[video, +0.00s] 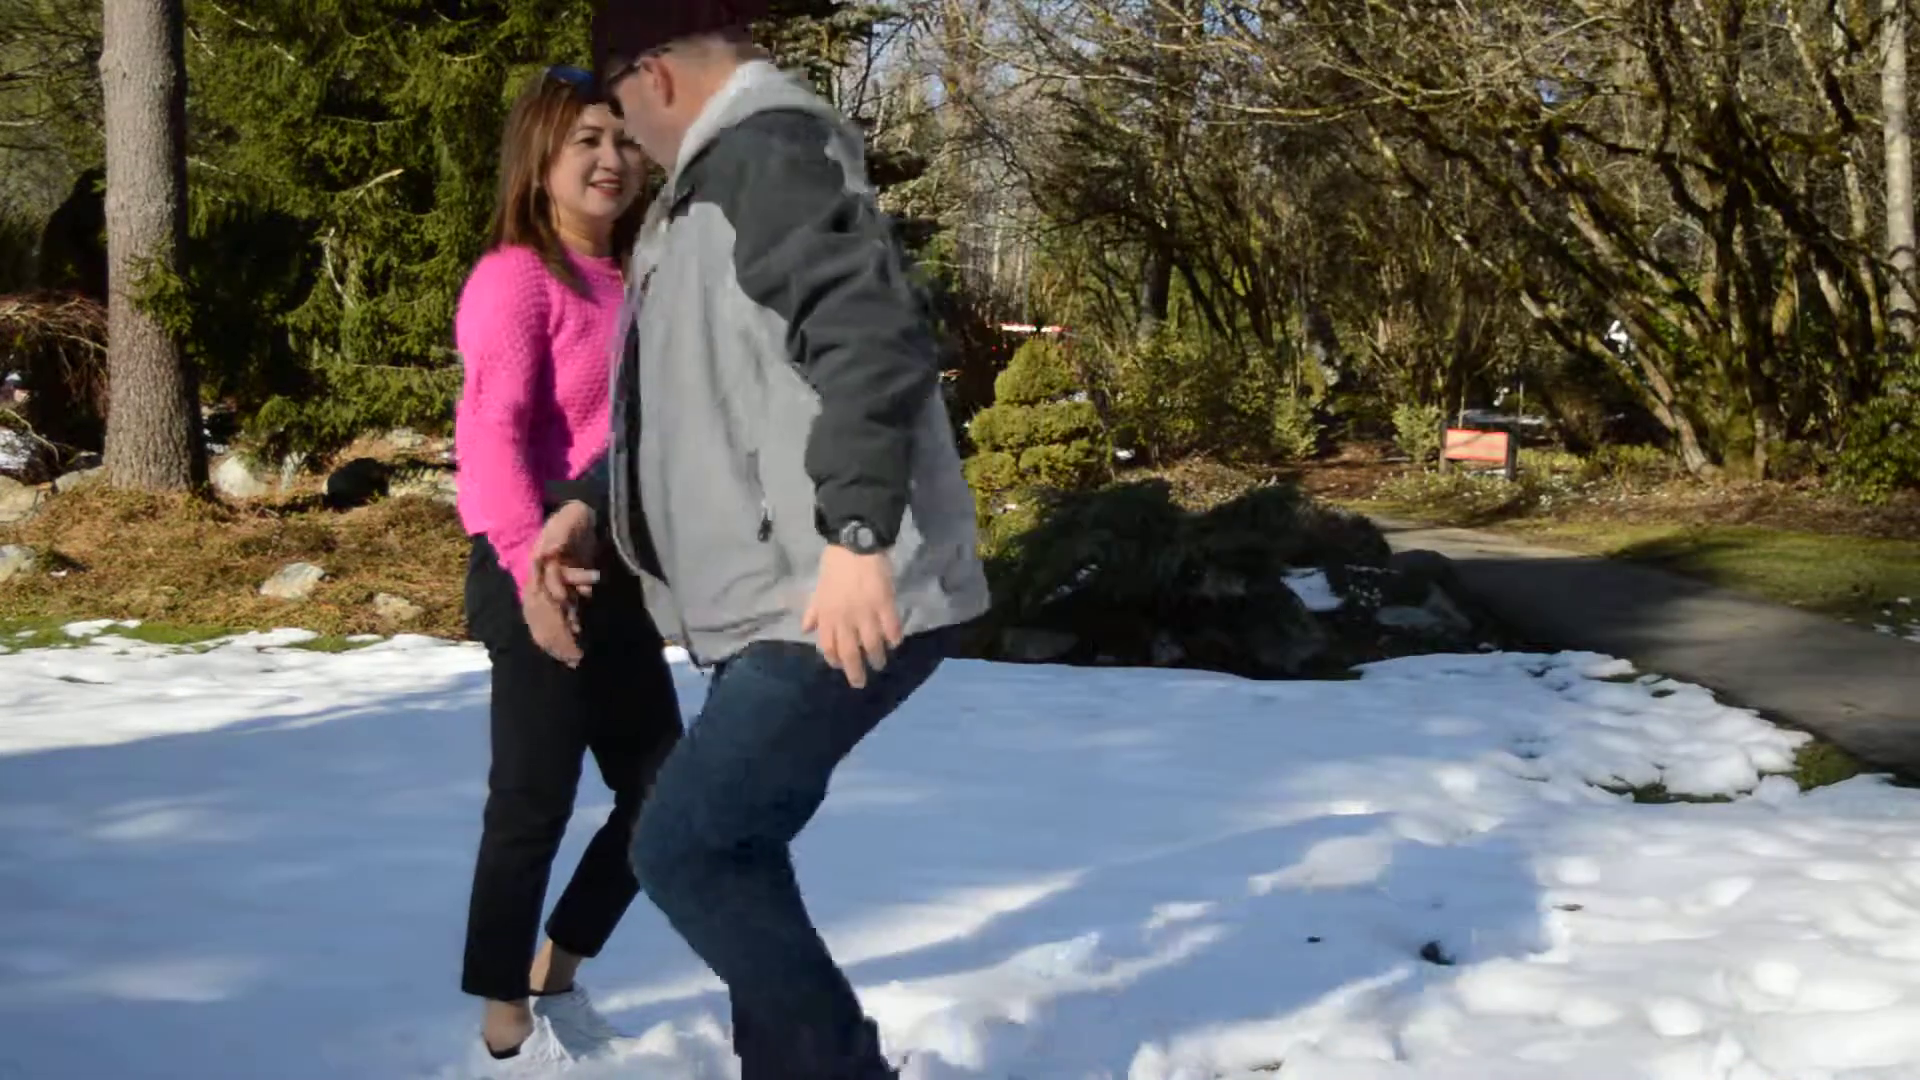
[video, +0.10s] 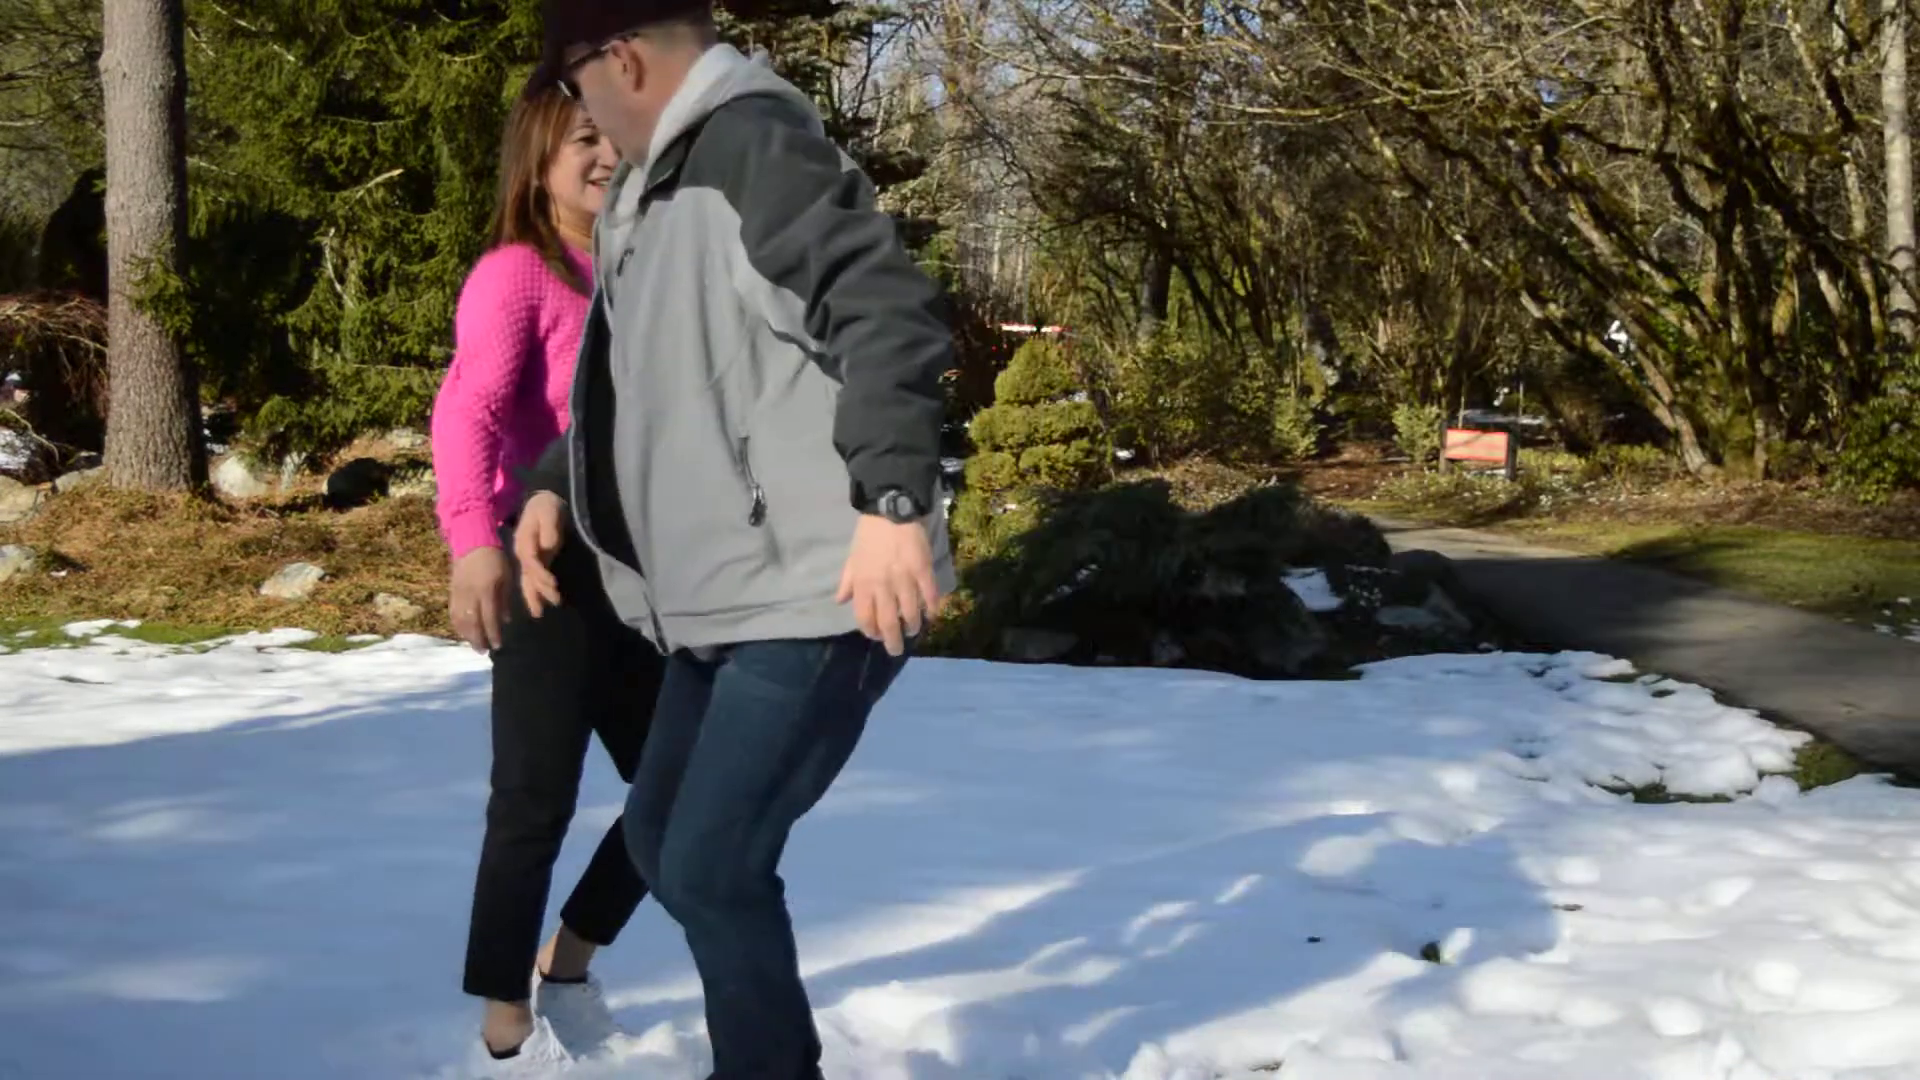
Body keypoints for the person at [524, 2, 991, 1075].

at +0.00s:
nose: (617, 127)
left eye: (617, 101)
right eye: (609, 108)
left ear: (658, 73)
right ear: (672, 72)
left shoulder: (767, 152)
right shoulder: (691, 187)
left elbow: (871, 337)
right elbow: (685, 410)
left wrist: (858, 543)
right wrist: (592, 507)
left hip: (844, 601)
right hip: (770, 604)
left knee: (685, 842)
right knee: (733, 857)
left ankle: (841, 1073)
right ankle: (787, 1067)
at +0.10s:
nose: (580, 111)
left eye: (577, 84)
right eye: (569, 92)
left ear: (627, 54)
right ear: (638, 55)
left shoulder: (757, 136)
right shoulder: (648, 180)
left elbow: (884, 305)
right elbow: (633, 382)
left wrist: (895, 504)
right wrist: (558, 488)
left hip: (820, 587)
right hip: (715, 595)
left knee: (716, 860)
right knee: (668, 848)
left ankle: (770, 1068)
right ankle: (768, 1057)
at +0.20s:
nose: (550, 124)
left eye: (549, 96)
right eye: (541, 102)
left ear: (607, 73)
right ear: (609, 76)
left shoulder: (744, 165)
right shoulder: (615, 202)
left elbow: (889, 311)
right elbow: (593, 385)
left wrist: (908, 514)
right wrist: (531, 494)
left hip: (800, 607)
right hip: (666, 612)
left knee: (693, 887)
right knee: (558, 798)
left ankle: (745, 1063)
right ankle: (746, 1006)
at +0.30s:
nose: (514, 137)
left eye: (516, 107)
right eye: (506, 112)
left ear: (579, 91)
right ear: (579, 95)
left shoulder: (730, 192)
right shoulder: (579, 227)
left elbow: (877, 346)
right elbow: (558, 410)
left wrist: (914, 546)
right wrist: (489, 532)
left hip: (779, 624)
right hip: (636, 620)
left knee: (677, 888)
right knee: (502, 778)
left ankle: (751, 1066)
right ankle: (632, 987)